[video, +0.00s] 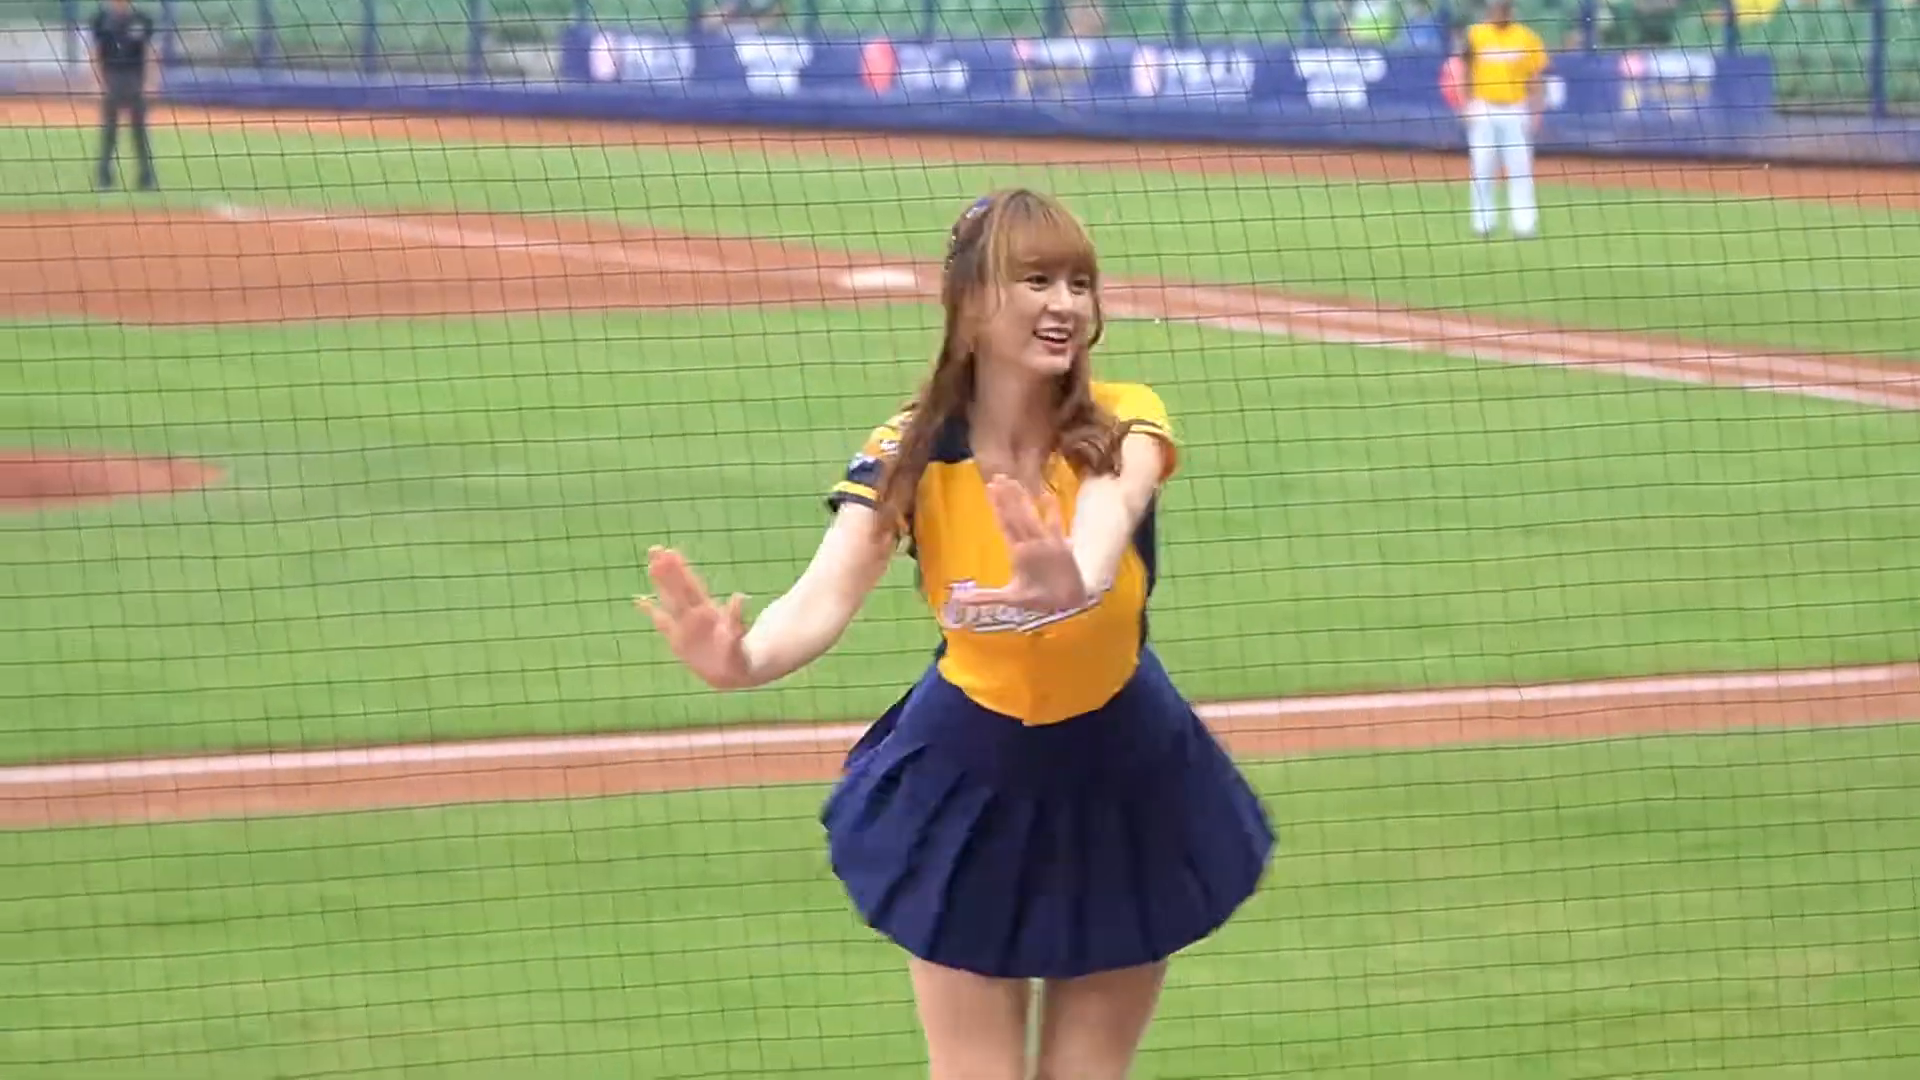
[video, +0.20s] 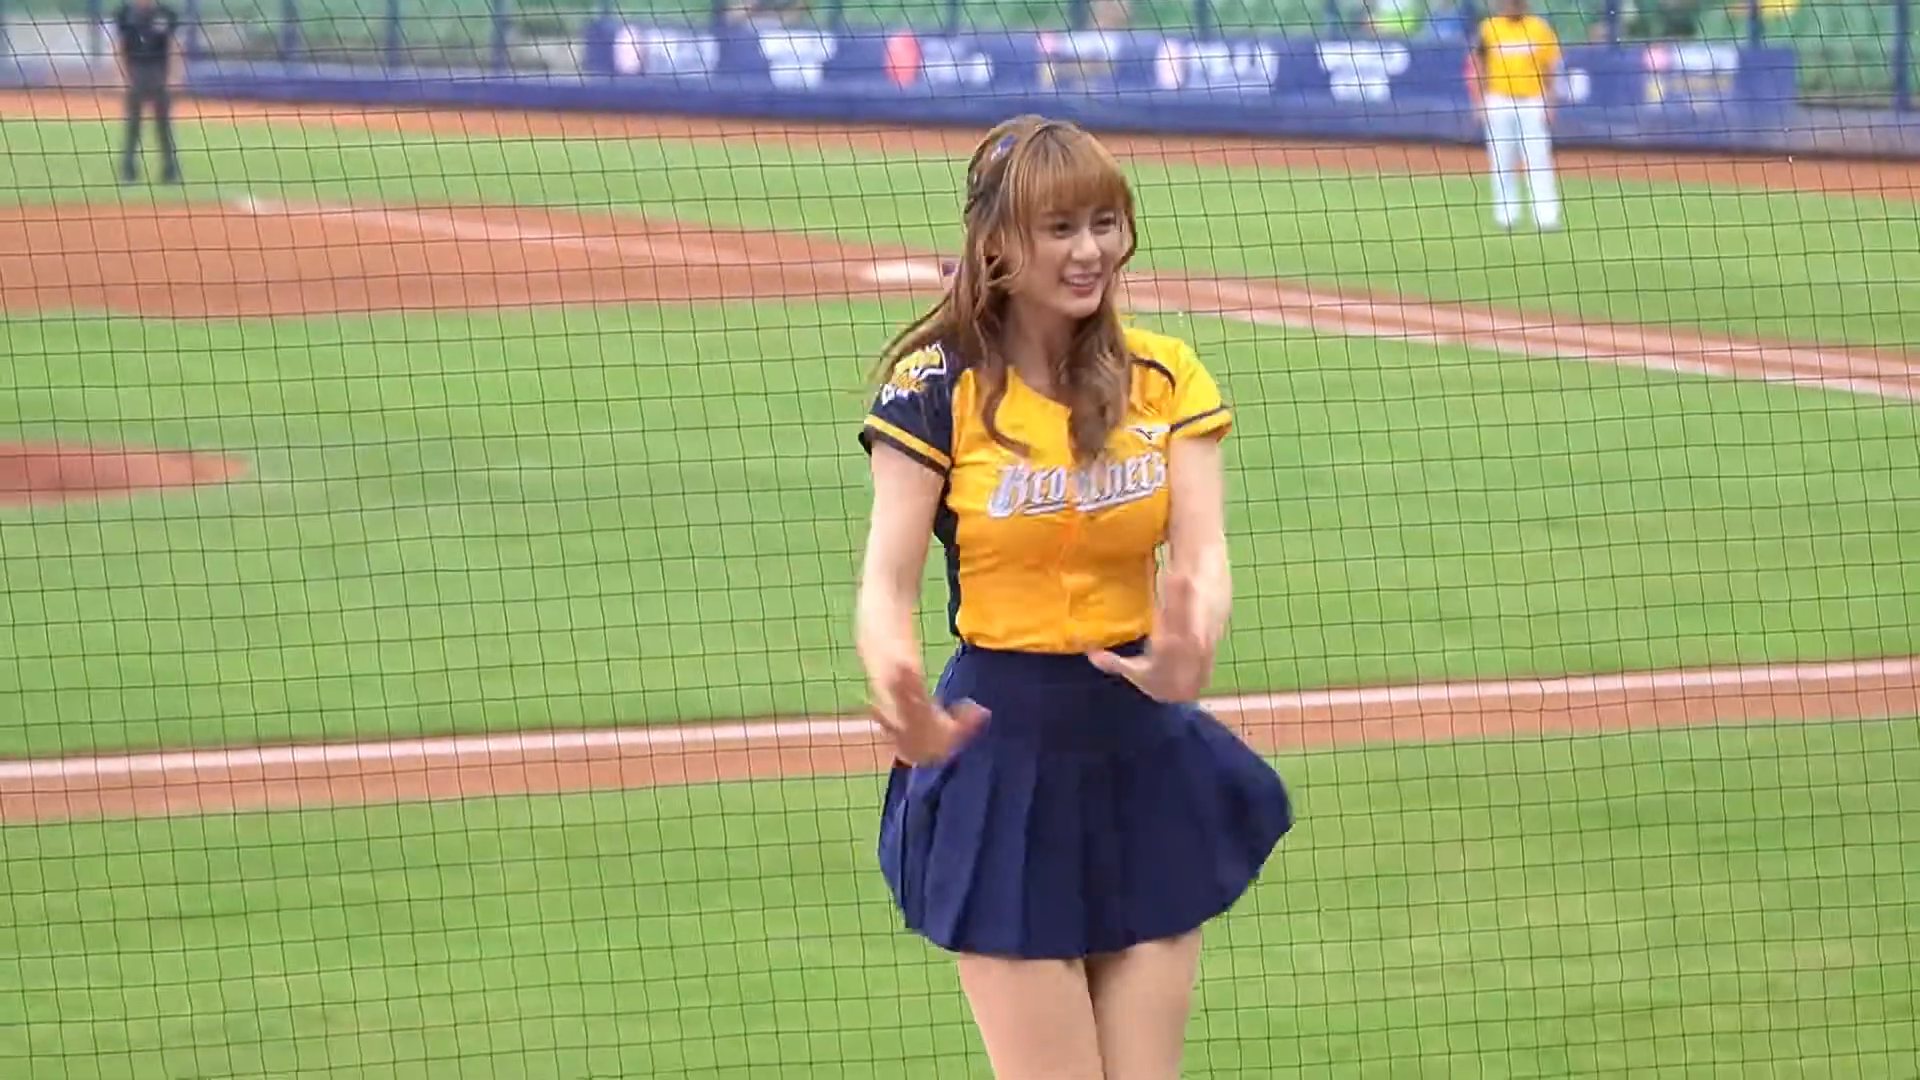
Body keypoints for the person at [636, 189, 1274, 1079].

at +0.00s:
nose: (1063, 303)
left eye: (1078, 282)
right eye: (1034, 280)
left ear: (1097, 301)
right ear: (970, 303)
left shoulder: (1129, 420)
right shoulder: (911, 446)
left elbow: (1113, 507)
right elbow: (832, 583)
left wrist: (1073, 579)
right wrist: (747, 657)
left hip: (1118, 768)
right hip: (971, 767)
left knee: (1087, 1067)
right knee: (975, 1067)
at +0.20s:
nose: (1091, 250)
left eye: (1106, 222)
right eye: (1060, 228)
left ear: (1128, 228)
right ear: (999, 244)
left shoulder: (1165, 372)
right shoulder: (935, 385)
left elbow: (1200, 560)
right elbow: (888, 584)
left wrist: (1185, 655)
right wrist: (903, 695)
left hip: (1144, 724)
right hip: (999, 734)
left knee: (1146, 1061)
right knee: (1052, 1064)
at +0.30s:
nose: (1095, 298)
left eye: (1110, 271)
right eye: (1064, 277)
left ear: (1132, 279)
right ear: (1006, 293)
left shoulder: (1147, 426)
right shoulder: (951, 434)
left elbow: (1190, 614)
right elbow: (941, 647)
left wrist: (1230, 724)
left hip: (1140, 762)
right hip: (1004, 764)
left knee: (1169, 1055)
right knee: (1055, 1060)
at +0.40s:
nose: (1122, 260)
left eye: (1135, 233)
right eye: (1089, 239)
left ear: (1155, 243)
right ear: (1031, 263)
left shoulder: (1157, 411)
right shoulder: (1004, 397)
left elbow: (1208, 595)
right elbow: (1020, 611)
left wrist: (1312, 712)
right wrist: (1162, 745)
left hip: (1108, 750)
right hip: (989, 755)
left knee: (1140, 1057)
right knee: (1046, 1063)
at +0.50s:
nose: (1162, 227)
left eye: (1175, 201)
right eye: (1128, 211)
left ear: (1198, 216)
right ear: (1074, 238)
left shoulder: (1188, 379)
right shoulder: (1076, 366)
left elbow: (1279, 559)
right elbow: (1131, 575)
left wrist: (1448, 654)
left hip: (1048, 726)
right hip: (947, 721)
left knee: (1055, 1059)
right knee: (985, 1064)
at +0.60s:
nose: (1193, 268)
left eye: (1204, 242)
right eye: (1161, 251)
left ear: (1226, 255)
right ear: (1105, 282)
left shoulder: (1214, 406)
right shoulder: (1112, 401)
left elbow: (1342, 525)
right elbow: (1236, 577)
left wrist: (1525, 595)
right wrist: (1437, 640)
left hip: (1014, 750)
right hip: (914, 740)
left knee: (1006, 1065)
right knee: (923, 1068)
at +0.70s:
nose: (1189, 269)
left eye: (1200, 242)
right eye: (1156, 252)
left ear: (1222, 256)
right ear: (1104, 277)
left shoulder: (1203, 408)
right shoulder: (1101, 395)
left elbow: (1344, 517)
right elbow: (1203, 577)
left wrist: (1535, 587)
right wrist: (1408, 636)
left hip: (1010, 743)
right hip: (909, 732)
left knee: (1013, 1065)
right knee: (921, 1069)